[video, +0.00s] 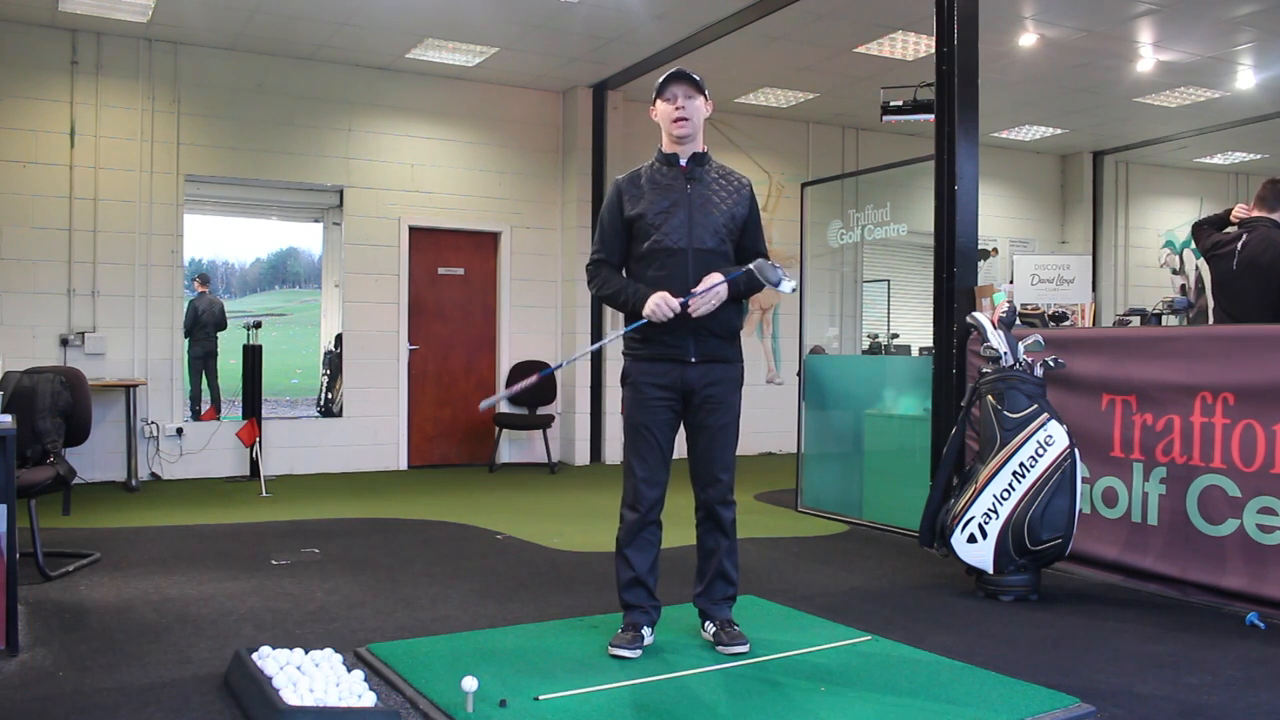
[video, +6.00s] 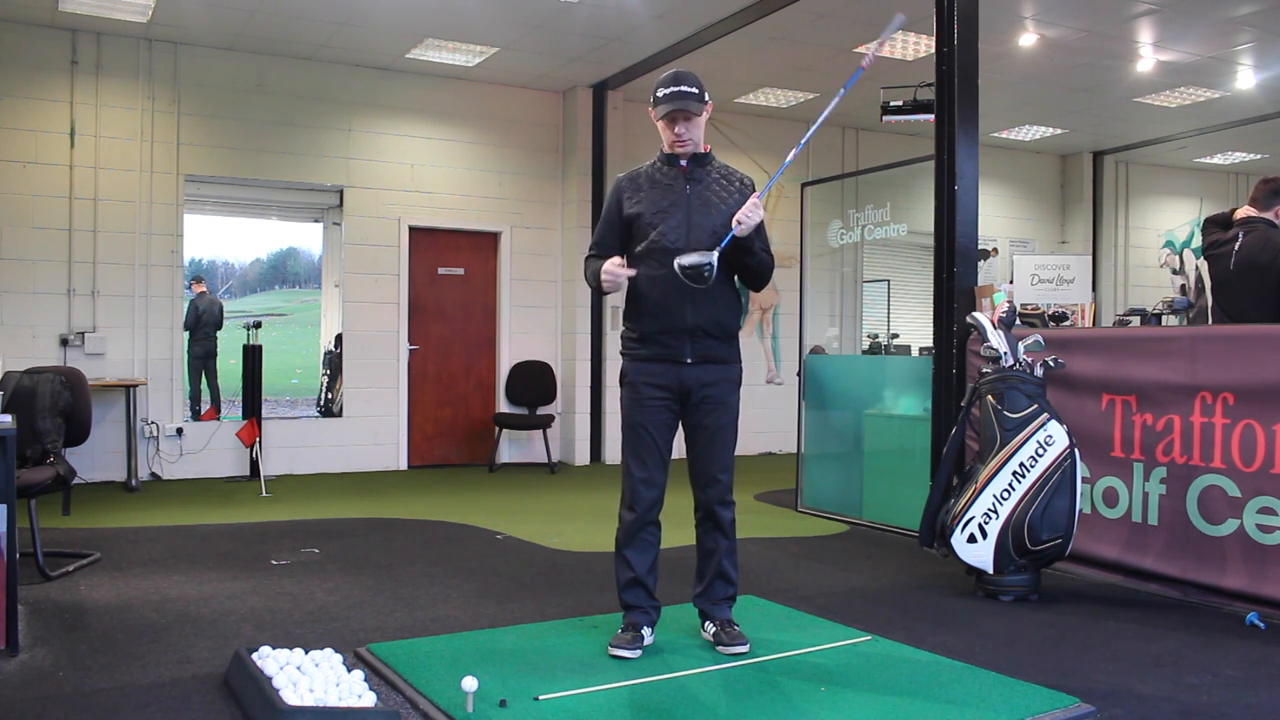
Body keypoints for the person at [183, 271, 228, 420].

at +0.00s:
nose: (194, 285)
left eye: (195, 283)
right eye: (194, 282)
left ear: (199, 284)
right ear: (207, 285)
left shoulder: (194, 302)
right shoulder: (218, 302)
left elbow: (188, 325)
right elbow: (223, 325)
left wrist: (187, 333)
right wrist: (211, 328)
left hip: (197, 344)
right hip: (212, 344)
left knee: (195, 382)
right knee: (213, 380)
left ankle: (196, 414)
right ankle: (216, 412)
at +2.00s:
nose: (192, 287)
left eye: (192, 285)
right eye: (192, 285)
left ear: (195, 285)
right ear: (206, 284)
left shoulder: (194, 303)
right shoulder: (216, 302)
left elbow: (190, 326)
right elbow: (219, 323)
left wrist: (184, 331)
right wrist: (208, 326)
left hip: (197, 344)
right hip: (212, 344)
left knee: (196, 382)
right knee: (213, 381)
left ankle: (195, 414)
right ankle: (216, 412)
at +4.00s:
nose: (192, 287)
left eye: (193, 285)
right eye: (192, 285)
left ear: (199, 285)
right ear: (206, 285)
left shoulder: (195, 302)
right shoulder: (218, 302)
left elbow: (184, 322)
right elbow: (224, 325)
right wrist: (210, 326)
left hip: (196, 345)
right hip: (212, 345)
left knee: (194, 383)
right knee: (213, 381)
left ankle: (195, 415)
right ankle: (216, 412)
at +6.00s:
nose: (191, 289)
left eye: (192, 287)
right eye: (191, 287)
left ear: (196, 286)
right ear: (204, 285)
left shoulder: (195, 302)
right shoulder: (217, 302)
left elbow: (188, 325)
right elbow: (219, 325)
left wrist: (185, 325)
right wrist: (207, 324)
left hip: (196, 344)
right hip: (211, 343)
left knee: (195, 382)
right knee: (212, 381)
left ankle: (195, 414)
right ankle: (216, 412)